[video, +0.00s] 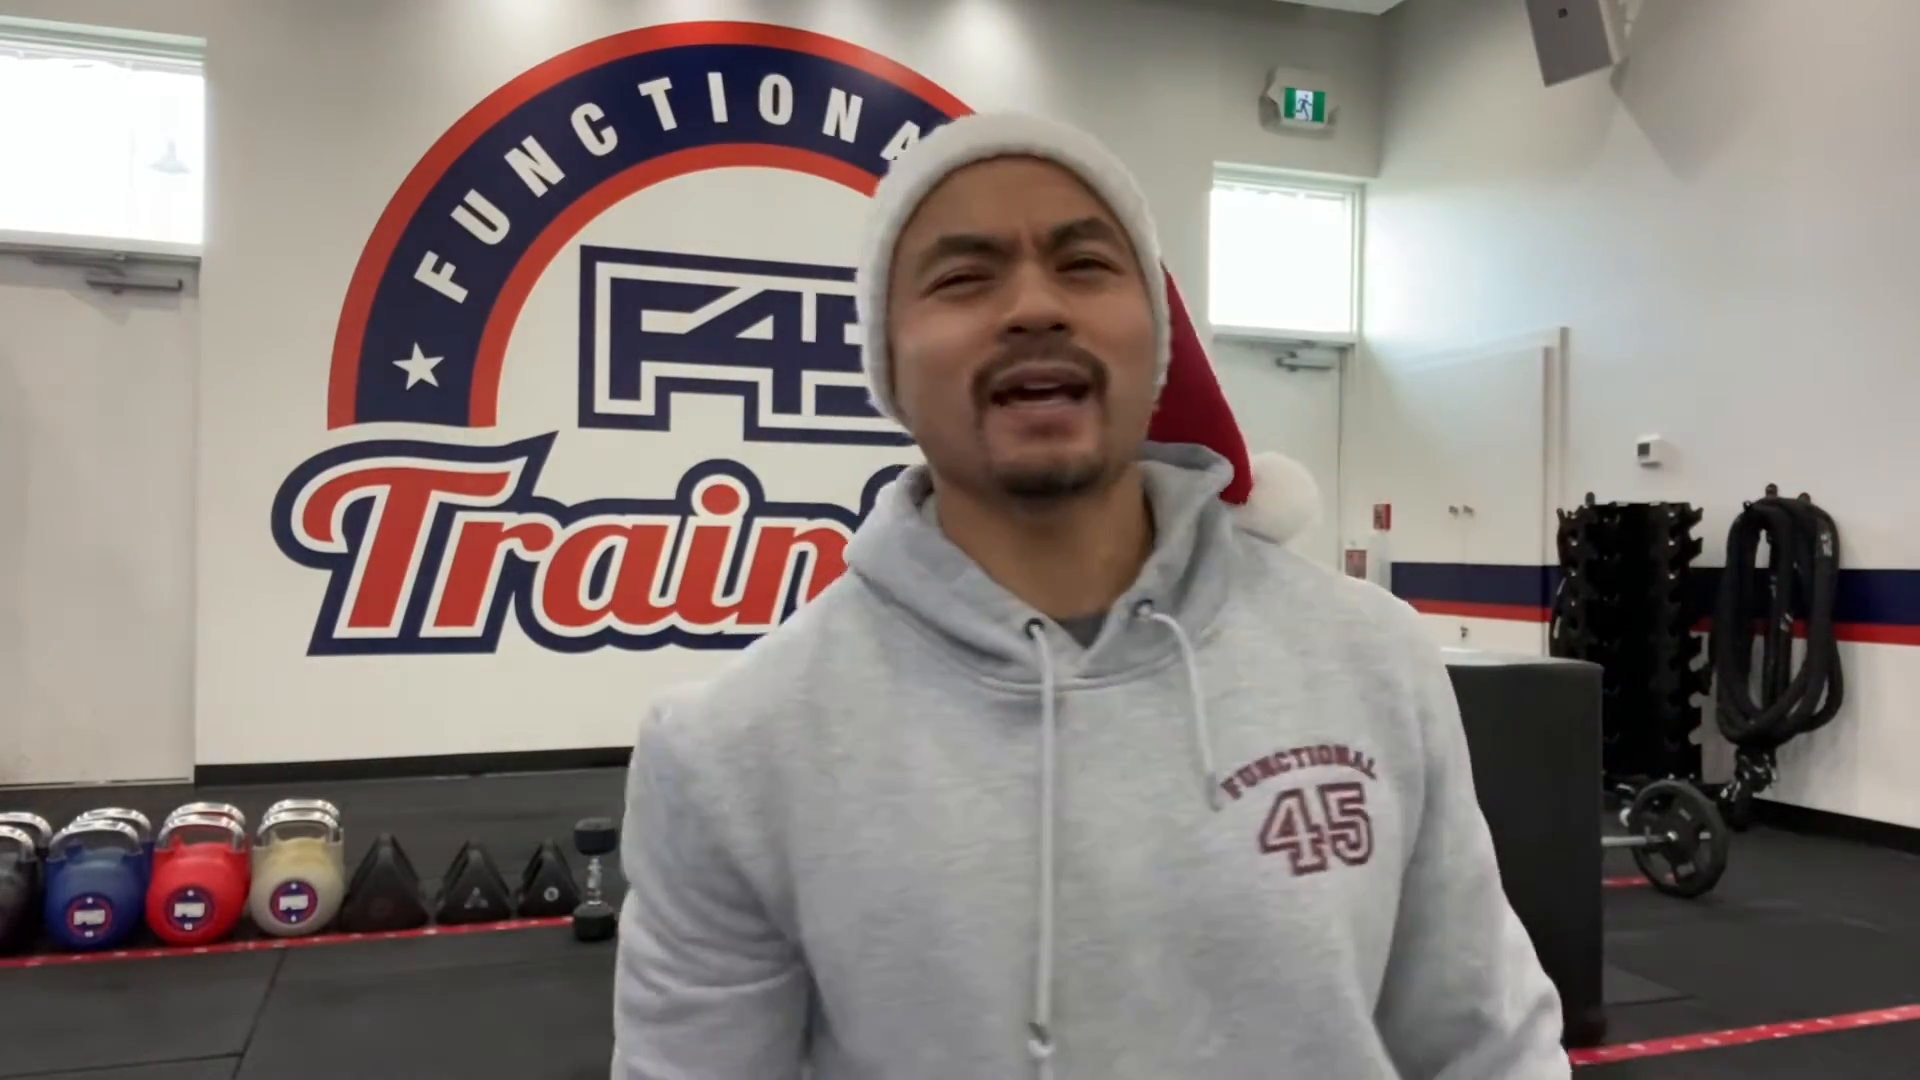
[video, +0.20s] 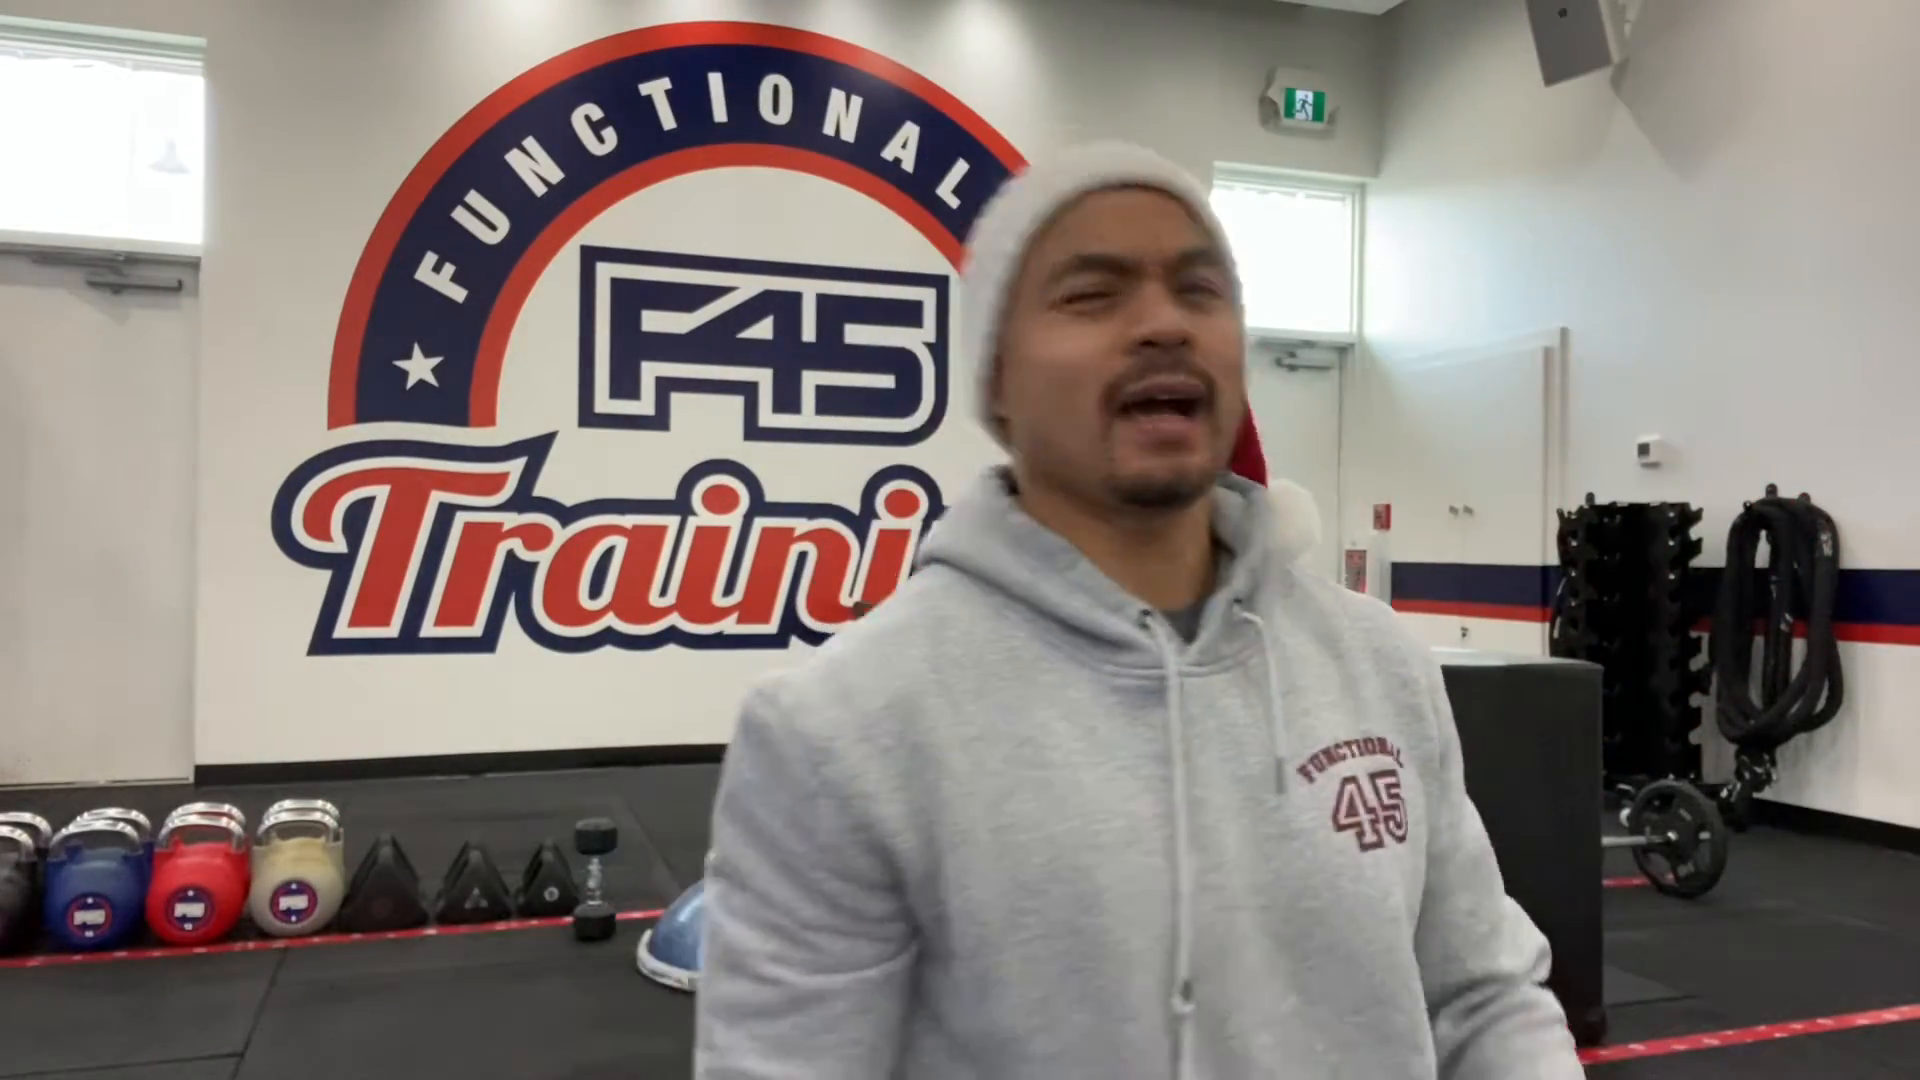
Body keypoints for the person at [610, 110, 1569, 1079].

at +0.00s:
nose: (1035, 307)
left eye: (1084, 264)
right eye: (964, 275)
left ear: (1159, 331)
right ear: (890, 369)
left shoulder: (1368, 660)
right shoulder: (727, 752)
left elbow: (1492, 1048)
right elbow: (687, 1070)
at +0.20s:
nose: (1164, 326)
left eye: (1197, 289)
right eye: (1091, 292)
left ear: (1244, 348)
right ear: (993, 379)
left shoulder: (1374, 664)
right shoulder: (836, 732)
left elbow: (1488, 1000)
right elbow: (778, 1071)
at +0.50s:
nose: (1384, 435)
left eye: (1406, 408)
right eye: (1335, 388)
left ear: (1418, 441)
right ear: (1201, 403)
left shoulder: (1388, 707)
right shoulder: (1007, 657)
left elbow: (1423, 1055)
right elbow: (847, 1039)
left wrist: (1439, 985)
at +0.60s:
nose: (1348, 417)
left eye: (1368, 385)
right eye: (1290, 372)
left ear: (1387, 421)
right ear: (1170, 409)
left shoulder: (1403, 690)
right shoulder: (1005, 661)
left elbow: (1456, 972)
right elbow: (876, 1038)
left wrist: (1458, 1009)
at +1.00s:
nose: (1017, 398)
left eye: (1061, 352)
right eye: (974, 378)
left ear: (1155, 385)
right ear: (950, 437)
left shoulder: (1364, 655)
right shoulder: (869, 697)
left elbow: (1496, 920)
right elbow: (836, 1012)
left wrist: (1344, 1030)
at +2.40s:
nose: (1129, 602)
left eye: (1171, 575)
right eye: (1103, 559)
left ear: (1211, 609)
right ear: (1043, 570)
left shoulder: (1264, 801)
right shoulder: (887, 714)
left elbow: (1326, 1032)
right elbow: (731, 851)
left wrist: (1483, 1007)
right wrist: (627, 803)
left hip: (1115, 1075)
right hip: (874, 1069)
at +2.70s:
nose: (1144, 585)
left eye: (1183, 572)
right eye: (1122, 549)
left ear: (1215, 620)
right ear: (1065, 570)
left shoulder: (1243, 833)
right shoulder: (887, 705)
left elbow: (1286, 1053)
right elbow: (704, 821)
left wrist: (1462, 1017)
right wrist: (614, 709)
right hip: (851, 1067)